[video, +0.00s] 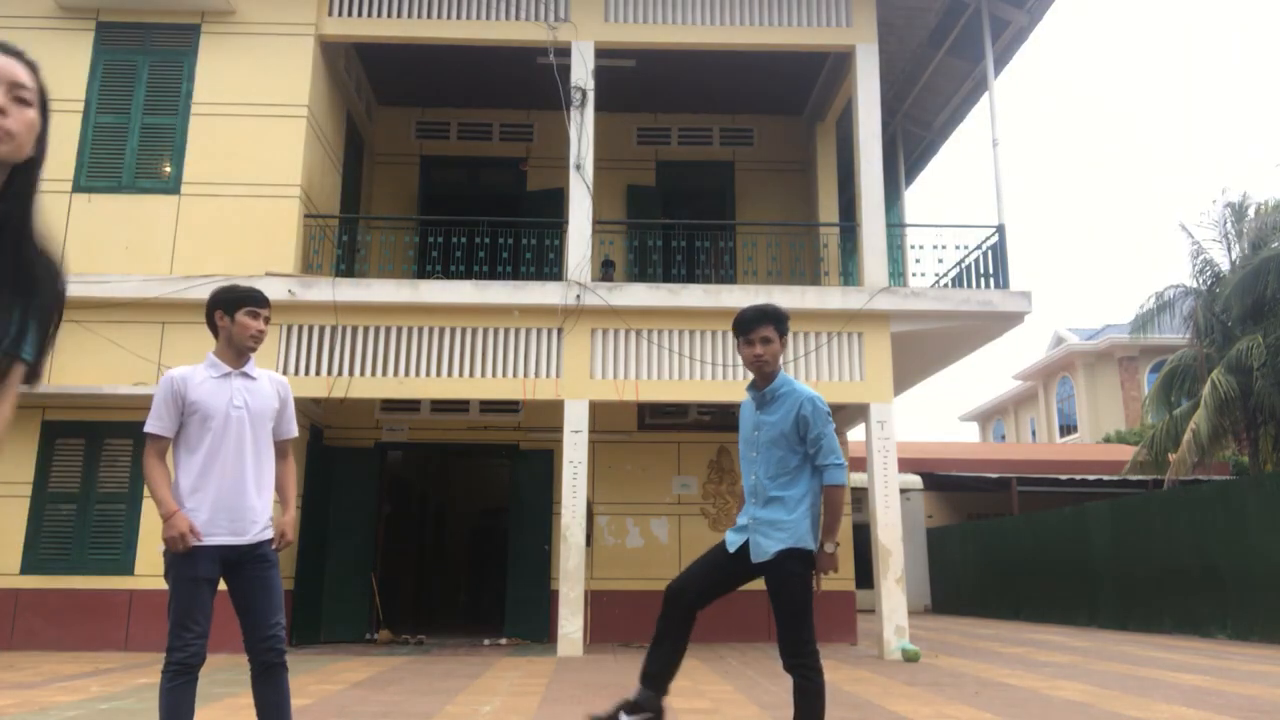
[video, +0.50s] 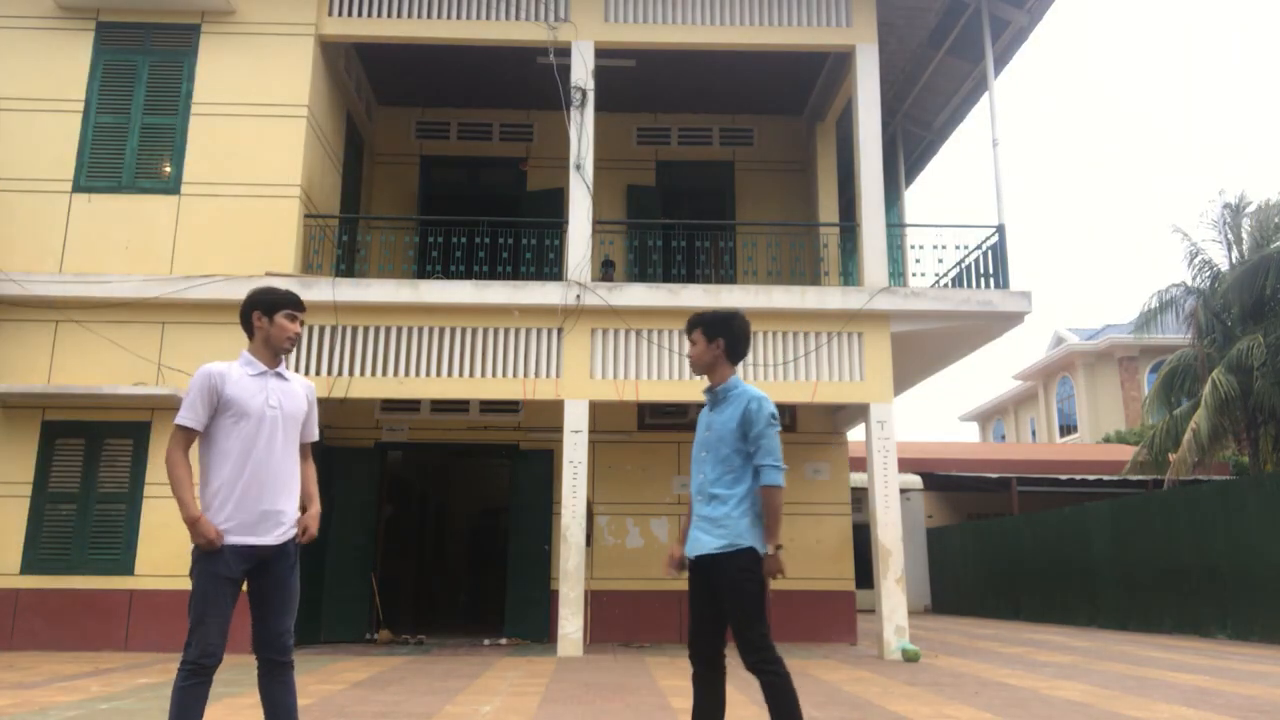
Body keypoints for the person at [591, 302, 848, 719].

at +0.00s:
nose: (756, 351)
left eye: (765, 341)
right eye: (747, 343)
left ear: (783, 344)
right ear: (739, 349)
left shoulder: (806, 404)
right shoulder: (750, 405)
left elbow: (835, 473)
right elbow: (758, 474)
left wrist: (829, 544)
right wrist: (747, 517)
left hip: (791, 541)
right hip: (749, 536)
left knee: (800, 657)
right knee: (680, 595)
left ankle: (810, 719)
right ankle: (648, 701)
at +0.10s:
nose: (750, 352)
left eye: (760, 343)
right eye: (741, 344)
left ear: (778, 346)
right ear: (734, 351)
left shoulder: (800, 404)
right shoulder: (741, 407)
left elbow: (827, 473)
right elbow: (749, 476)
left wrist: (822, 544)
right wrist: (739, 523)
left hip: (785, 543)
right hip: (741, 540)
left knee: (798, 659)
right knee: (681, 610)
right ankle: (670, 714)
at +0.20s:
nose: (731, 354)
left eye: (741, 345)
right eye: (728, 346)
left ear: (768, 348)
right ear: (726, 350)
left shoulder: (793, 405)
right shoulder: (730, 410)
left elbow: (820, 475)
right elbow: (736, 482)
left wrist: (815, 546)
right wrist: (728, 534)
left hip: (775, 548)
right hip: (731, 548)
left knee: (793, 657)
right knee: (699, 641)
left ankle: (806, 718)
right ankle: (695, 717)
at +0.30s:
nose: (712, 352)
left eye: (720, 344)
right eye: (711, 345)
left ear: (751, 349)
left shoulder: (784, 410)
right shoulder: (721, 411)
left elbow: (808, 481)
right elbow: (722, 481)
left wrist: (805, 551)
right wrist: (716, 535)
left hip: (763, 552)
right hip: (721, 552)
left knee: (784, 659)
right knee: (720, 660)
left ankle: (802, 718)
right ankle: (713, 719)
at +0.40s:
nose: (698, 350)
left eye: (704, 342)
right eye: (698, 342)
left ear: (730, 346)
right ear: (723, 347)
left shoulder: (769, 405)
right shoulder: (714, 410)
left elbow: (788, 479)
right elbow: (709, 488)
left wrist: (789, 548)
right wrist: (697, 547)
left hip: (752, 553)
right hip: (711, 554)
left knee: (771, 654)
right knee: (706, 654)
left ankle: (798, 717)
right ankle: (707, 719)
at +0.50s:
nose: (687, 350)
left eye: (693, 342)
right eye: (688, 342)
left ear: (719, 346)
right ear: (714, 347)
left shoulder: (754, 403)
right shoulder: (708, 410)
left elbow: (772, 477)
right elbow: (703, 487)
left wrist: (772, 547)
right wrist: (684, 543)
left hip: (739, 553)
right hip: (702, 554)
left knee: (759, 655)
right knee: (704, 657)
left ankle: (790, 717)